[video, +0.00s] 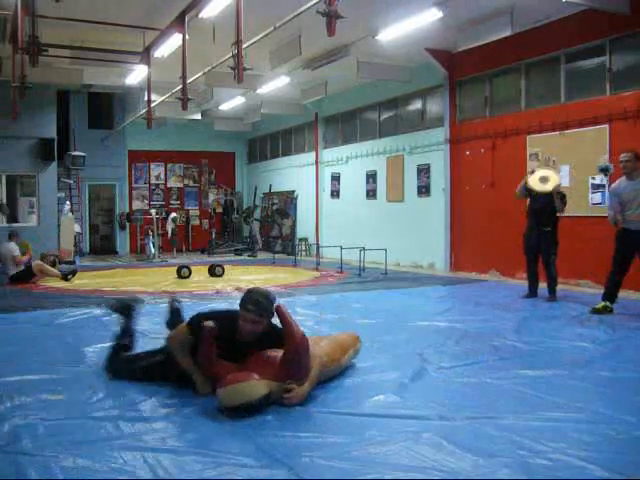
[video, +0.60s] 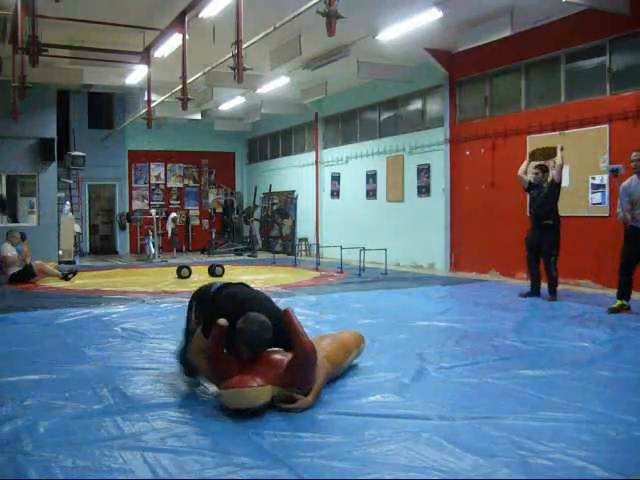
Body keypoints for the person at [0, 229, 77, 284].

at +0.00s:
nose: (18, 239)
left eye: (18, 238)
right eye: (17, 237)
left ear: (10, 237)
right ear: (14, 237)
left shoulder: (5, 246)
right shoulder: (12, 246)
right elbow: (18, 261)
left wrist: (25, 257)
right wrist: (28, 256)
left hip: (13, 275)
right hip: (15, 276)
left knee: (42, 269)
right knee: (38, 265)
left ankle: (63, 275)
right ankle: (62, 275)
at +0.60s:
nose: (17, 241)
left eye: (18, 239)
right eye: (16, 238)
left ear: (17, 240)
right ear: (10, 238)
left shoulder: (14, 248)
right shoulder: (6, 247)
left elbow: (25, 261)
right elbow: (8, 262)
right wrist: (19, 256)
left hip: (19, 274)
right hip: (12, 276)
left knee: (43, 269)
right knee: (38, 265)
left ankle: (64, 273)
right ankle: (62, 275)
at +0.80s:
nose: (15, 241)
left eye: (16, 239)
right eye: (13, 239)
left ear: (18, 239)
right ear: (8, 240)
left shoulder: (18, 247)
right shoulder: (4, 247)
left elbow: (25, 262)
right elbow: (3, 259)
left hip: (21, 273)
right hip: (12, 275)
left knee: (44, 269)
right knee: (38, 264)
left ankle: (63, 273)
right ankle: (61, 276)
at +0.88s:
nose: (15, 237)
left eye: (16, 235)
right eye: (13, 236)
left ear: (18, 236)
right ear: (8, 237)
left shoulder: (23, 247)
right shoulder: (4, 247)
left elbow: (28, 262)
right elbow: (2, 258)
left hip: (24, 273)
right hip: (13, 275)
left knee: (44, 269)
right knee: (39, 264)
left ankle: (63, 275)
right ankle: (61, 275)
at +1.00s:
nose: (16, 241)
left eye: (17, 239)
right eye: (14, 239)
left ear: (18, 238)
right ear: (9, 239)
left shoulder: (19, 247)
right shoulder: (5, 247)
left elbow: (24, 263)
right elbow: (2, 256)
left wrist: (27, 256)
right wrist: (6, 254)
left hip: (22, 274)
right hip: (13, 275)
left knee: (45, 270)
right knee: (39, 264)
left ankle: (63, 274)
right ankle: (62, 275)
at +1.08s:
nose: (17, 240)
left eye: (18, 238)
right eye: (15, 238)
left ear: (18, 239)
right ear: (9, 238)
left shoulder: (18, 247)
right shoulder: (5, 247)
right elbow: (3, 258)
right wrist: (13, 254)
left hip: (21, 274)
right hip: (12, 276)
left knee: (45, 269)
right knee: (39, 264)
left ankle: (63, 274)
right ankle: (62, 276)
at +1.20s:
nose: (17, 240)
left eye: (17, 238)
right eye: (16, 238)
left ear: (12, 238)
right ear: (11, 238)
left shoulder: (13, 248)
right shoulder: (6, 247)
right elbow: (7, 260)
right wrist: (20, 255)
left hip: (20, 274)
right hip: (14, 276)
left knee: (44, 269)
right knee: (38, 264)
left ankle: (64, 274)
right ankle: (62, 276)